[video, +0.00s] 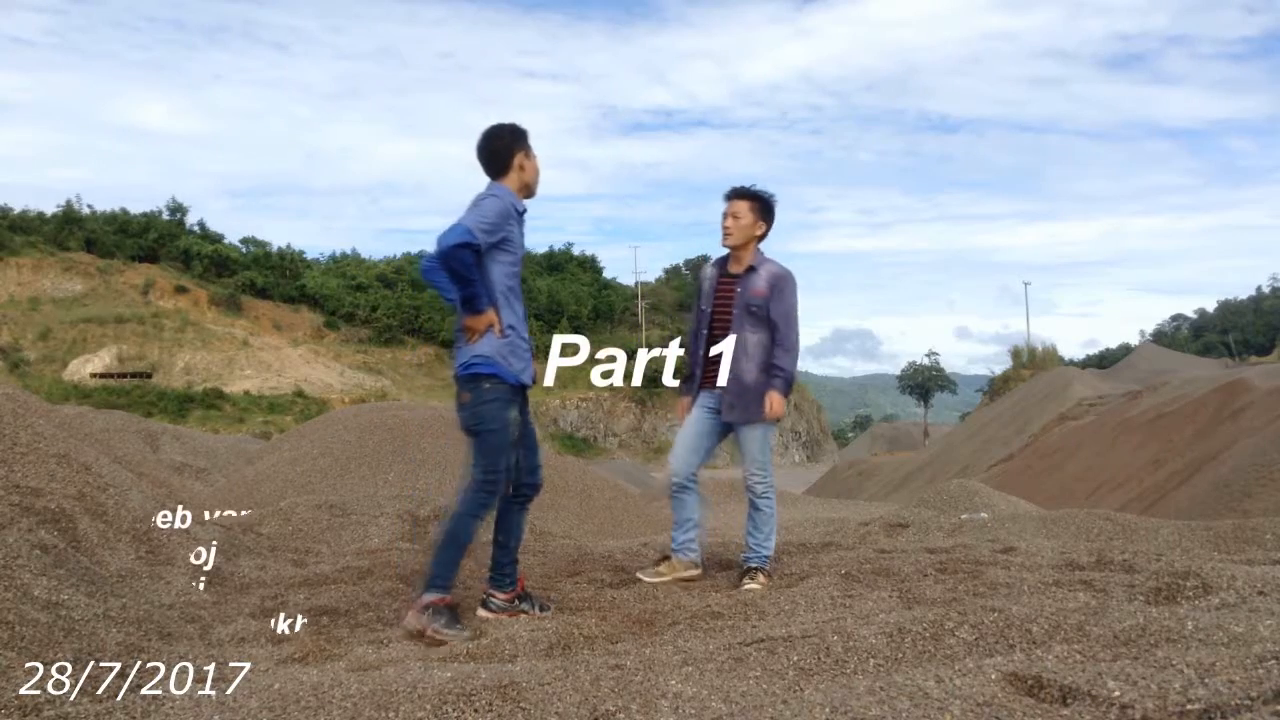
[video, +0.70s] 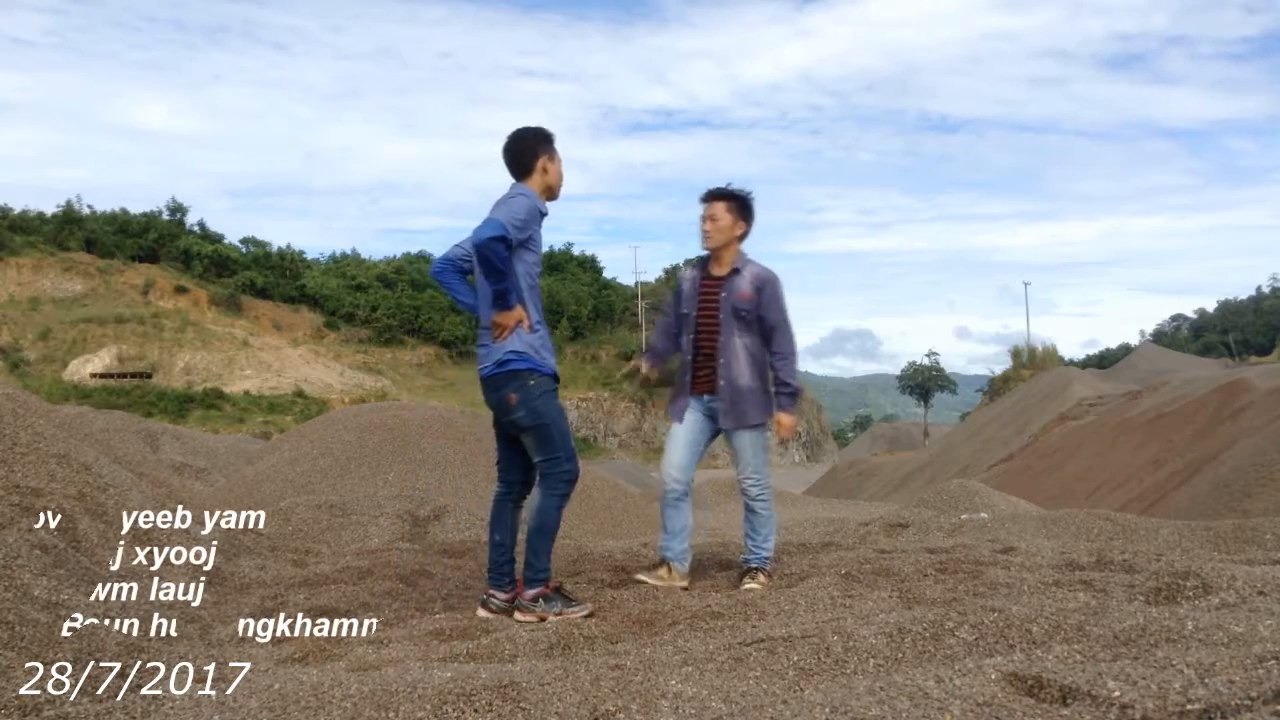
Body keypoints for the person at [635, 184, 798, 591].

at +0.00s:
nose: (726, 224)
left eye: (736, 218)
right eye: (725, 217)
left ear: (760, 228)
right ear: (725, 222)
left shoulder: (776, 278)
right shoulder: (711, 273)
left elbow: (787, 339)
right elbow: (698, 333)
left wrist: (779, 387)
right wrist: (689, 389)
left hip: (753, 397)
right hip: (710, 394)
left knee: (757, 481)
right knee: (680, 470)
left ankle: (756, 565)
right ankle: (685, 559)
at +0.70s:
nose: (704, 226)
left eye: (714, 220)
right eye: (703, 219)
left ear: (740, 227)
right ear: (702, 224)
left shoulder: (761, 281)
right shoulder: (689, 277)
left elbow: (782, 344)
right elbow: (672, 326)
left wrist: (786, 404)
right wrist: (652, 358)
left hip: (744, 402)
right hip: (696, 401)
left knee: (753, 485)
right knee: (673, 477)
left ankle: (757, 565)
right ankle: (675, 565)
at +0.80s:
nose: (692, 225)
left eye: (701, 218)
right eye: (691, 218)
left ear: (728, 227)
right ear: (692, 224)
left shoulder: (749, 280)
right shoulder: (674, 279)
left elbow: (771, 342)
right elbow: (648, 319)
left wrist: (773, 398)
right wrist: (619, 331)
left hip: (734, 402)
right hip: (684, 402)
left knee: (746, 486)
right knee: (667, 484)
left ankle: (755, 566)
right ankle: (676, 568)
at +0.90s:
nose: (677, 223)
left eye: (687, 216)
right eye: (677, 216)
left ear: (713, 225)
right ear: (677, 222)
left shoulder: (735, 277)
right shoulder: (657, 277)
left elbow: (755, 337)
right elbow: (620, 308)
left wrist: (756, 387)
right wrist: (587, 296)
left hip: (722, 401)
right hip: (672, 403)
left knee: (740, 485)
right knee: (659, 486)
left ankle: (756, 564)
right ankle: (675, 568)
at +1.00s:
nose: (661, 217)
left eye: (670, 210)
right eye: (659, 210)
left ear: (697, 218)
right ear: (658, 217)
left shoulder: (722, 273)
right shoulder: (637, 266)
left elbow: (742, 331)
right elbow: (590, 271)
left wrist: (739, 376)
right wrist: (548, 251)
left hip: (710, 397)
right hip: (660, 400)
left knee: (732, 480)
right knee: (658, 487)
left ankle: (754, 562)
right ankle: (675, 569)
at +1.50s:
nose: (624, 212)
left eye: (634, 203)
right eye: (621, 205)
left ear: (661, 210)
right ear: (619, 213)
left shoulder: (690, 262)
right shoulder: (606, 264)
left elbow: (718, 321)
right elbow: (568, 296)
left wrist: (744, 373)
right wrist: (540, 311)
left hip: (688, 383)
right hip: (639, 392)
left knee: (702, 467)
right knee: (652, 483)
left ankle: (717, 549)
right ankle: (666, 567)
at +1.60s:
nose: (626, 211)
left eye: (635, 203)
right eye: (623, 205)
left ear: (662, 210)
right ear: (621, 212)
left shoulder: (692, 263)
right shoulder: (607, 266)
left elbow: (720, 324)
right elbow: (587, 321)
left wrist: (745, 374)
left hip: (686, 386)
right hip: (637, 393)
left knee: (694, 473)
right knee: (651, 483)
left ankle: (701, 559)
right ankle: (665, 566)